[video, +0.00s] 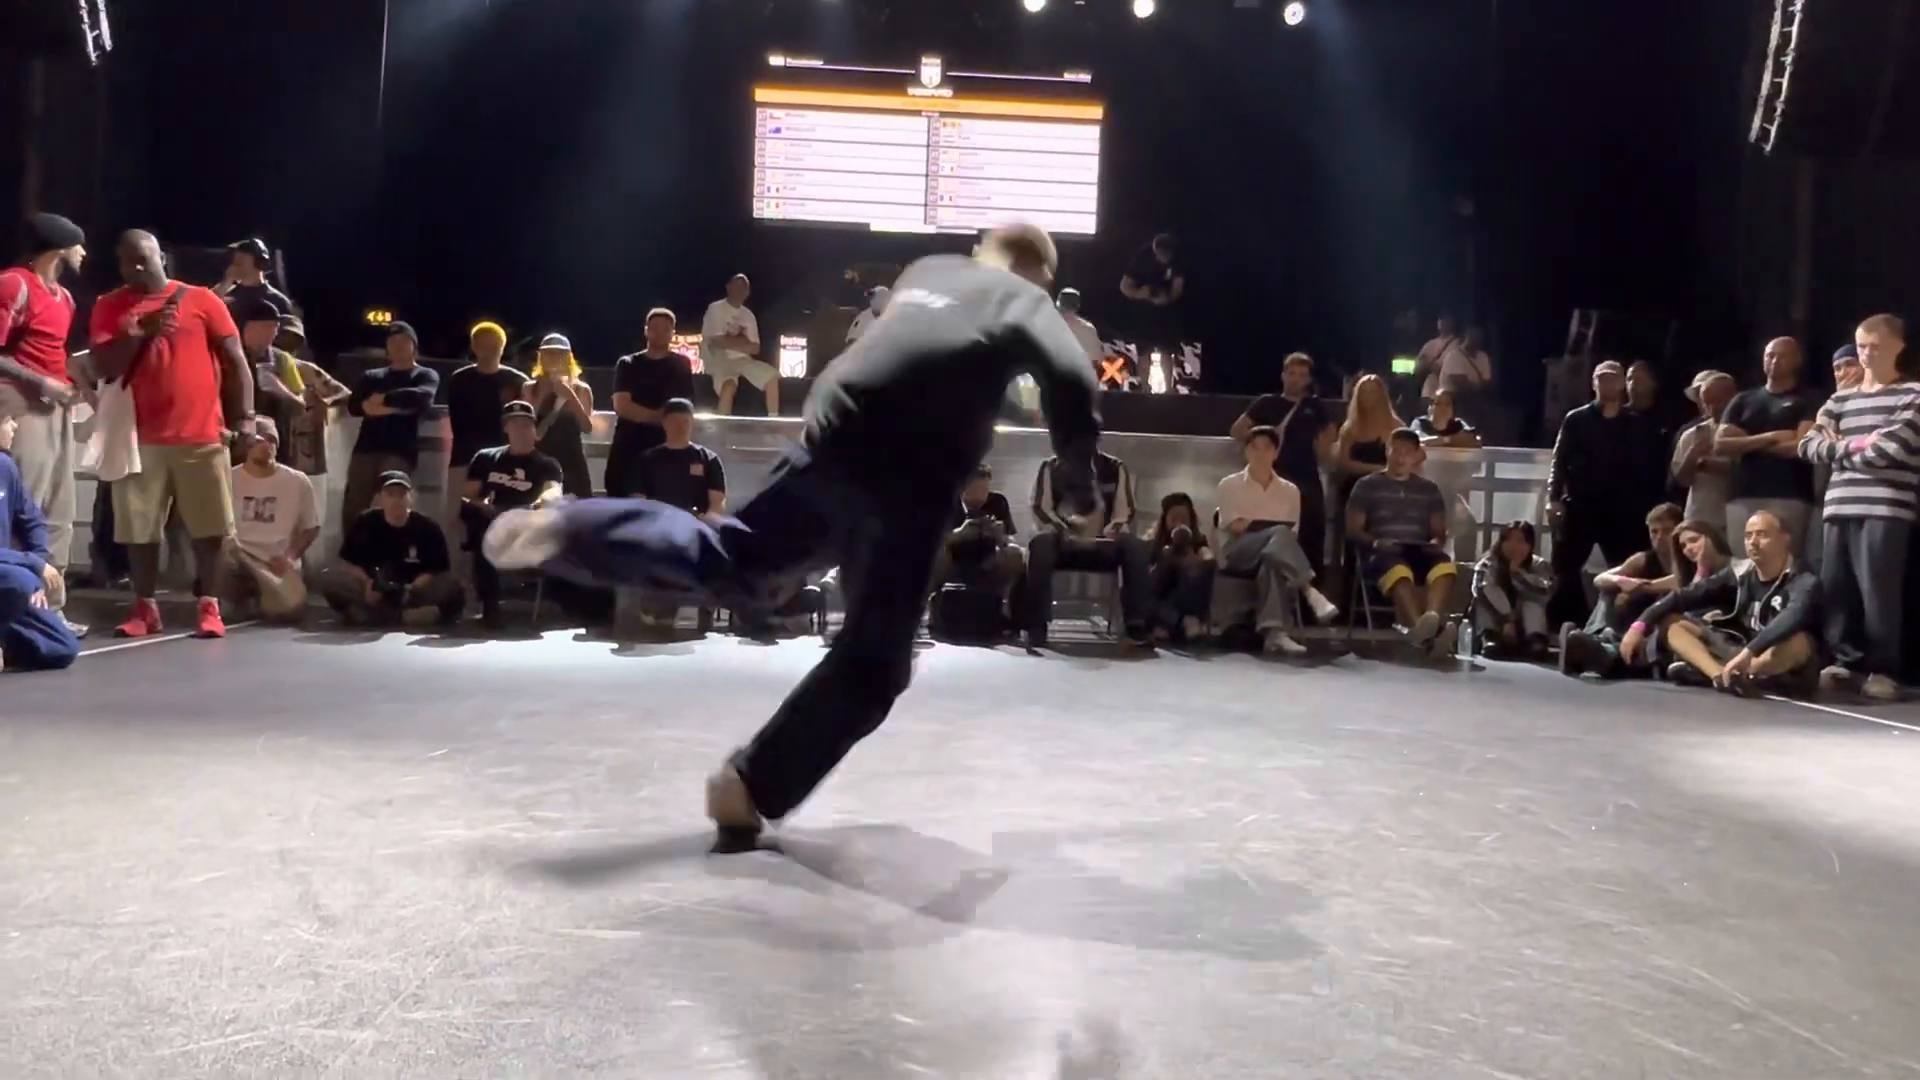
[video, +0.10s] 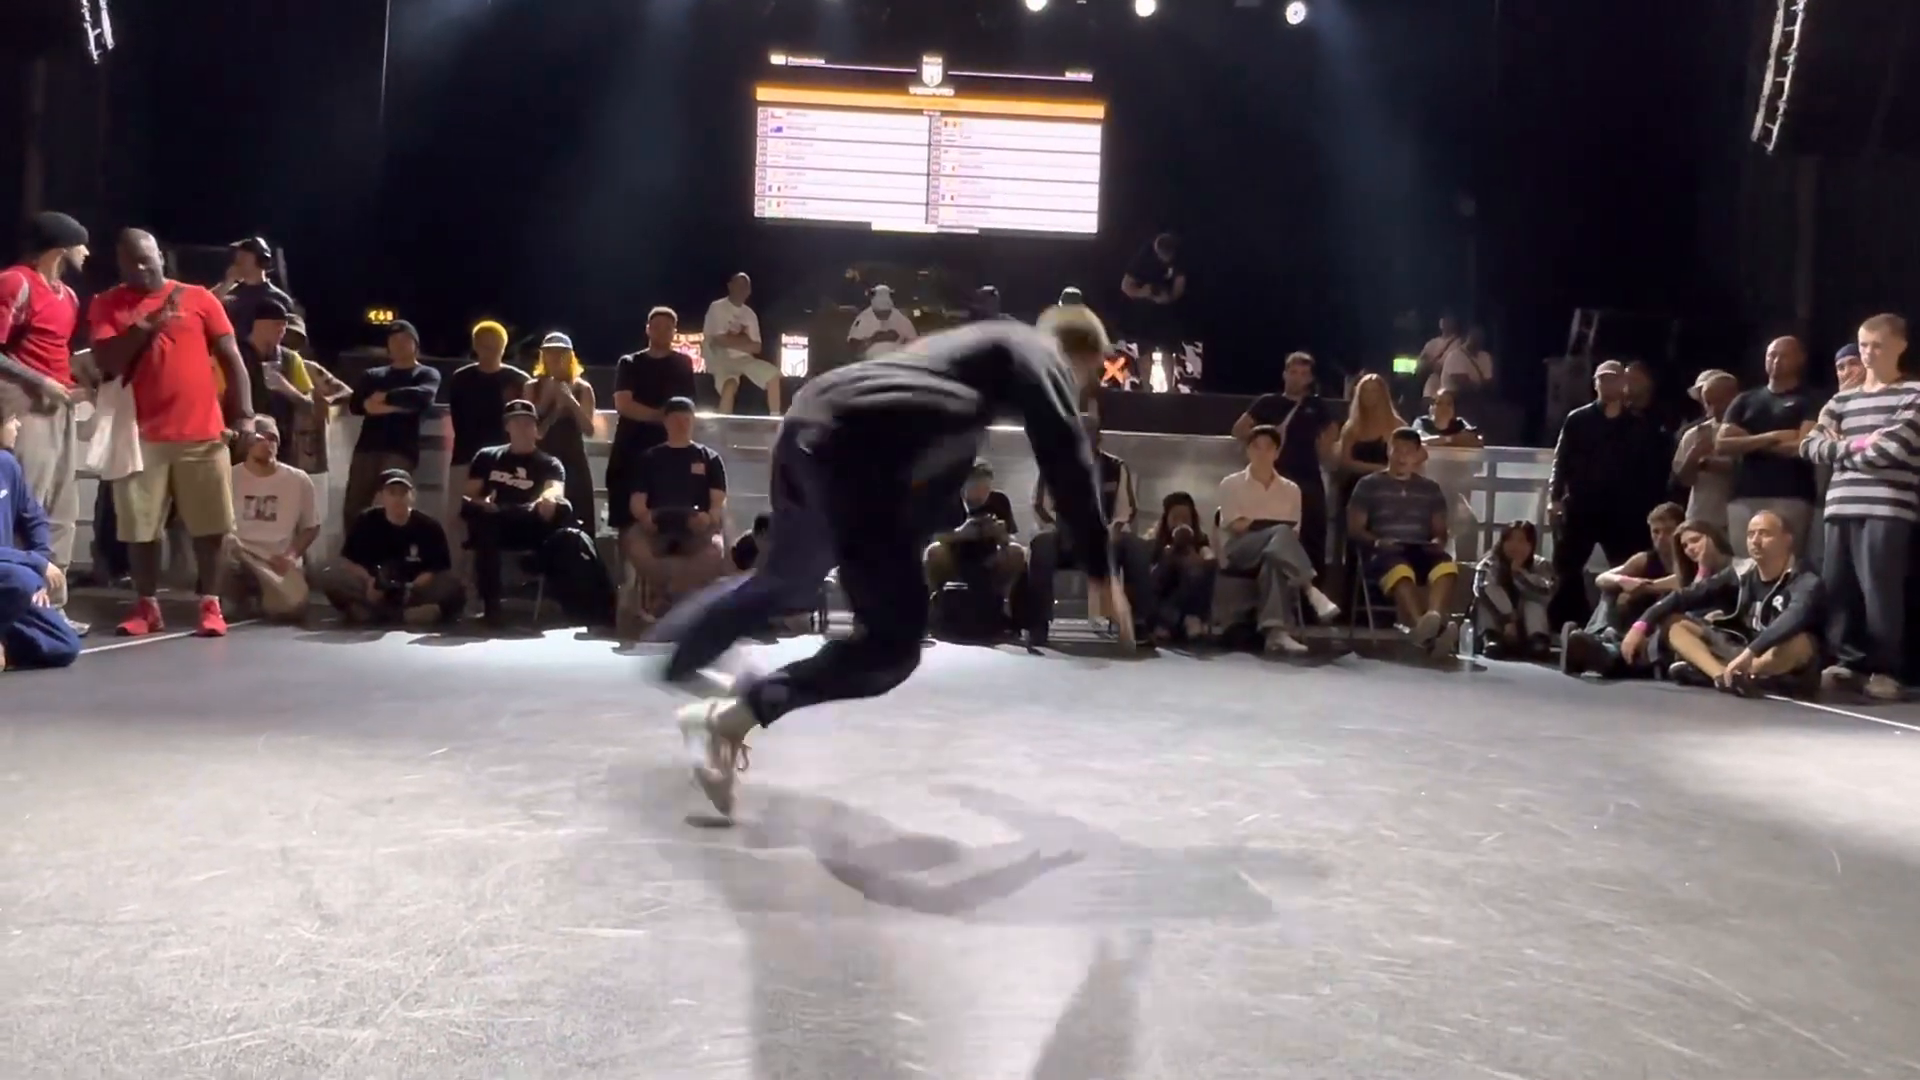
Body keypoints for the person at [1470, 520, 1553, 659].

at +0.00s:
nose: (1513, 546)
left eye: (1520, 542)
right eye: (1508, 540)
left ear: (1530, 547)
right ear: (1501, 543)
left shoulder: (1539, 565)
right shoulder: (1488, 564)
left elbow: (1546, 591)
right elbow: (1483, 589)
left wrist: (1517, 573)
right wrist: (1506, 619)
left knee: (1532, 599)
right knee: (1486, 597)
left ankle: (1536, 638)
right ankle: (1488, 638)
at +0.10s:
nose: (1514, 546)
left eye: (1521, 541)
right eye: (1509, 540)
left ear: (1531, 547)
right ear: (1502, 543)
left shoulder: (1541, 565)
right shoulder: (1489, 564)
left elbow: (1547, 591)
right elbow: (1484, 589)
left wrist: (1519, 573)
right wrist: (1507, 619)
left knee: (1533, 598)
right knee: (1487, 596)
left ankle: (1538, 637)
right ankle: (1490, 637)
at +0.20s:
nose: (1515, 545)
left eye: (1522, 541)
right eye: (1510, 539)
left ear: (1532, 545)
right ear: (1503, 542)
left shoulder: (1542, 565)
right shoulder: (1490, 563)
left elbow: (1547, 591)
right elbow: (1485, 588)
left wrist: (1520, 572)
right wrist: (1508, 618)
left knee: (1534, 597)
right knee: (1489, 595)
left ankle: (1539, 637)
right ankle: (1491, 637)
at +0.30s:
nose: (1516, 545)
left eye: (1523, 540)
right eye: (1511, 539)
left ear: (1533, 545)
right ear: (1504, 542)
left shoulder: (1543, 565)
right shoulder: (1491, 563)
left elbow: (1548, 591)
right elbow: (1486, 588)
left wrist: (1521, 572)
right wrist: (1509, 618)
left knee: (1535, 597)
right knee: (1489, 596)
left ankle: (1540, 637)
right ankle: (1492, 637)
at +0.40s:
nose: (1517, 545)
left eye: (1524, 540)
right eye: (1512, 539)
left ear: (1534, 545)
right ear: (1505, 542)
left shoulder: (1544, 565)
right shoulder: (1492, 563)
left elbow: (1550, 591)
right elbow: (1487, 588)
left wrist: (1521, 572)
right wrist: (1510, 617)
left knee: (1536, 596)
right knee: (1490, 596)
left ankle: (1541, 636)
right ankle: (1493, 637)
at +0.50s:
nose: (1518, 544)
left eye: (1525, 540)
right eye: (1513, 538)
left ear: (1535, 546)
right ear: (1506, 541)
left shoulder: (1545, 564)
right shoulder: (1494, 562)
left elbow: (1551, 591)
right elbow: (1488, 586)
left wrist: (1522, 570)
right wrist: (1512, 616)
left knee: (1536, 598)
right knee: (1488, 597)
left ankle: (1542, 639)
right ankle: (1494, 638)